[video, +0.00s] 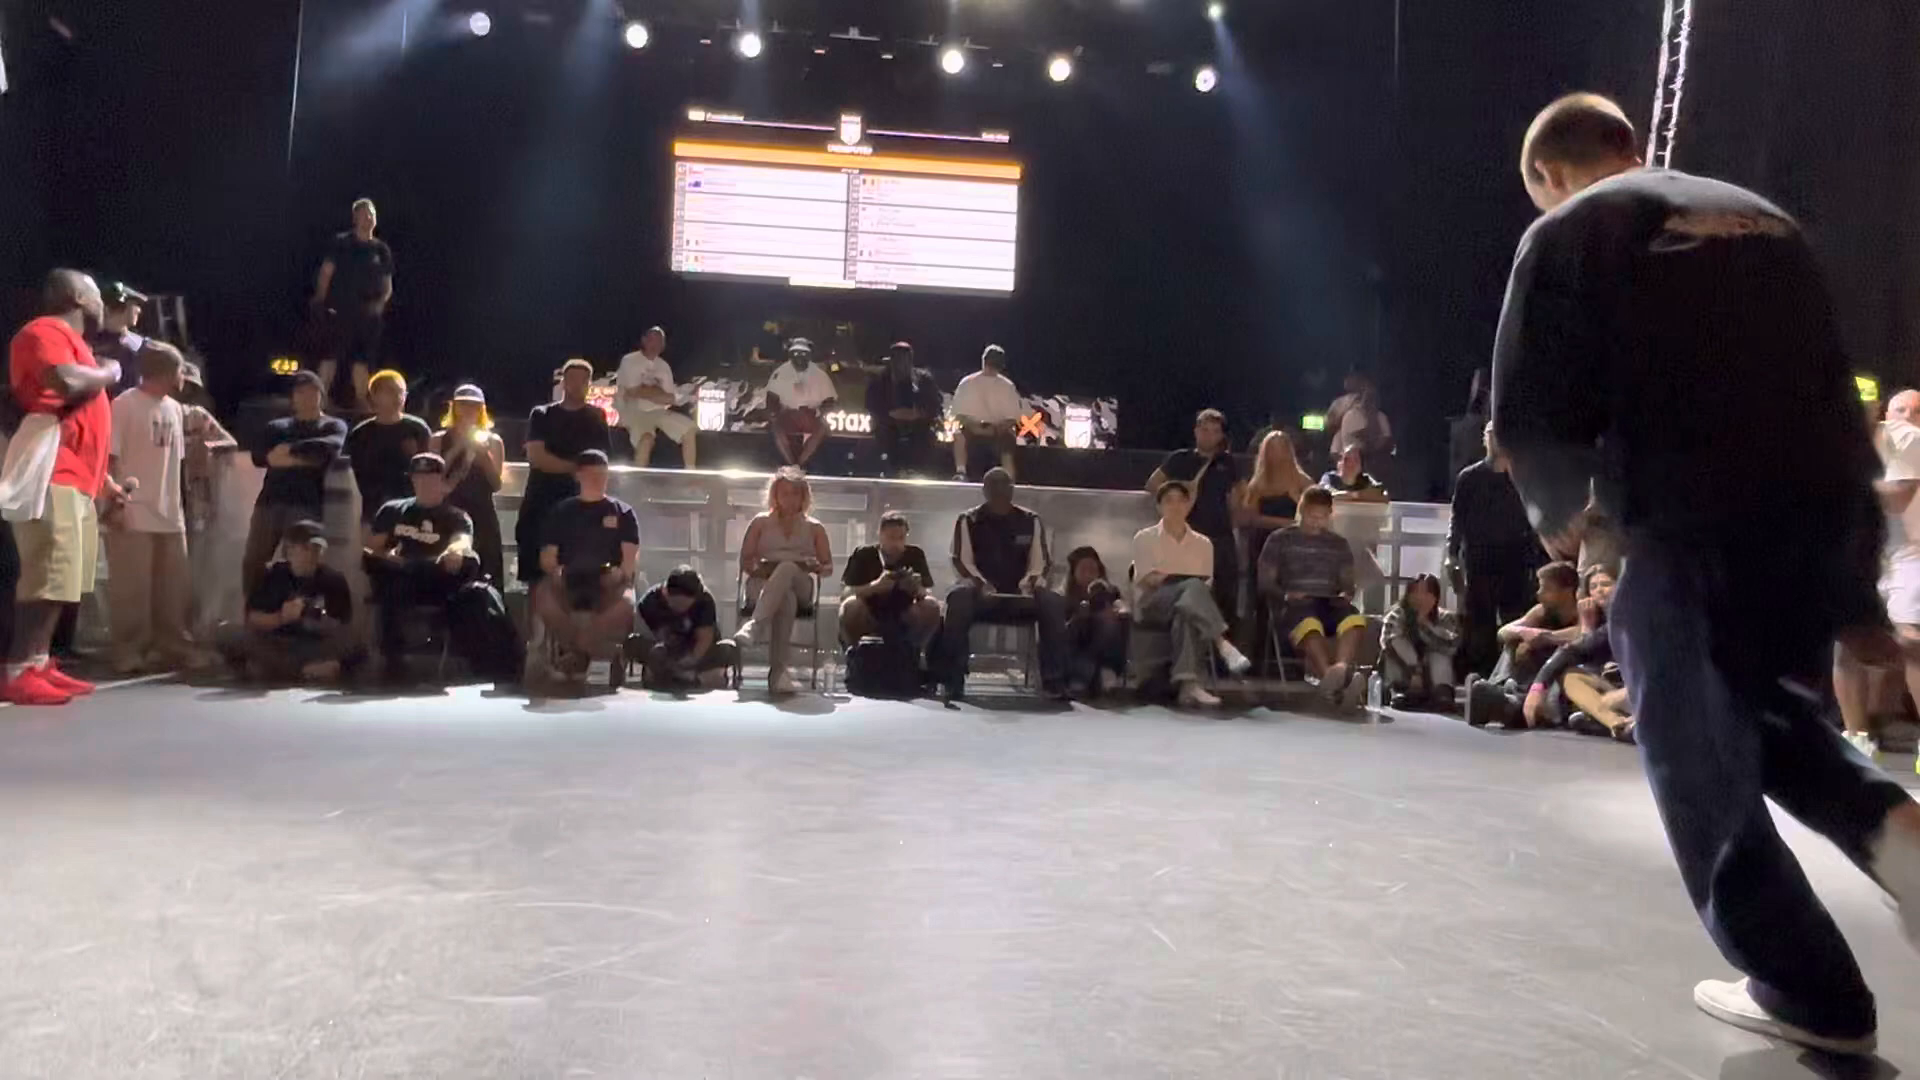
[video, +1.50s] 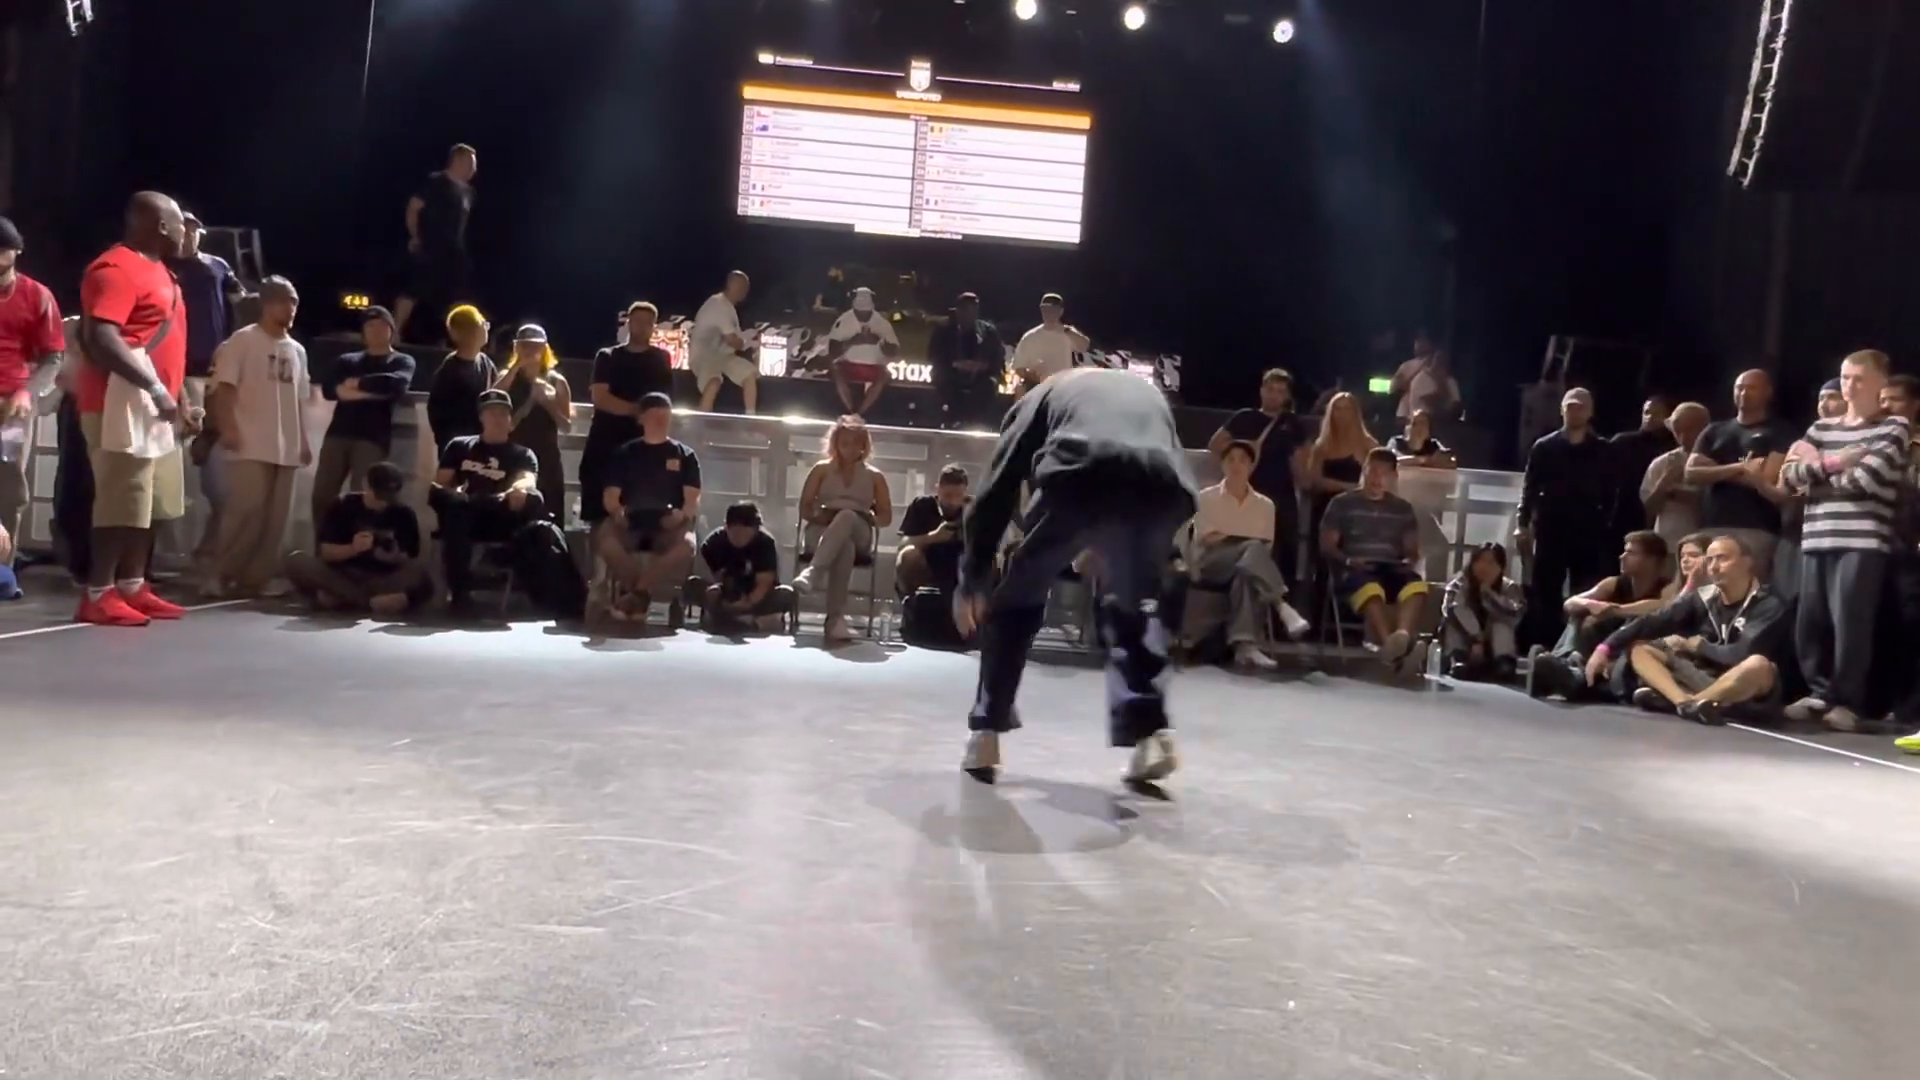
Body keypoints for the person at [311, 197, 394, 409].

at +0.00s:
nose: (367, 220)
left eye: (370, 216)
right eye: (362, 216)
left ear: (375, 220)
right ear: (354, 219)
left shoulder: (381, 249)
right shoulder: (340, 243)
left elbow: (387, 285)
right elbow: (326, 272)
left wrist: (379, 305)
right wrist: (320, 300)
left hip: (367, 311)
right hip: (338, 308)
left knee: (363, 360)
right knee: (330, 357)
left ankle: (363, 404)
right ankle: (320, 401)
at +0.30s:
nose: (367, 192)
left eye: (370, 188)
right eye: (363, 188)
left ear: (376, 191)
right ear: (354, 192)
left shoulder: (384, 220)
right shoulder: (342, 218)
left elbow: (388, 249)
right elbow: (329, 247)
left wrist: (382, 274)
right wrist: (330, 274)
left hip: (375, 284)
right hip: (346, 283)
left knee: (378, 335)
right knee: (341, 335)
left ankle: (381, 381)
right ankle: (337, 378)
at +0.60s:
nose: (377, 175)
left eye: (380, 170)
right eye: (372, 171)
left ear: (385, 174)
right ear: (364, 174)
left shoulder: (393, 202)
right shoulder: (349, 201)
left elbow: (394, 233)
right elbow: (339, 231)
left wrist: (386, 253)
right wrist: (341, 259)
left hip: (384, 265)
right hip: (356, 265)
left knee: (395, 317)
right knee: (356, 319)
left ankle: (403, 366)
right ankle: (354, 365)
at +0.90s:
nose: (392, 163)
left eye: (395, 159)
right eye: (387, 159)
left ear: (400, 162)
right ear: (378, 162)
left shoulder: (409, 189)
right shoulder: (365, 188)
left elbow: (410, 221)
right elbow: (355, 220)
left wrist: (406, 246)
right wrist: (359, 247)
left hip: (404, 254)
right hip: (375, 254)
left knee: (413, 304)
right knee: (373, 305)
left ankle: (416, 349)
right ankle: (370, 348)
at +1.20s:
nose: (422, 157)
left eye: (424, 152)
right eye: (417, 152)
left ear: (427, 155)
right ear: (406, 155)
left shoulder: (431, 183)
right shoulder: (387, 182)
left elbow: (434, 211)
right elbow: (377, 215)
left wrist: (424, 231)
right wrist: (385, 239)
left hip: (426, 244)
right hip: (397, 244)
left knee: (436, 296)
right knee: (389, 296)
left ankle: (441, 344)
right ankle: (384, 340)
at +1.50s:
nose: (474, 167)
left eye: (475, 162)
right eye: (471, 161)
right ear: (458, 161)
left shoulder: (467, 191)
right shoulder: (436, 181)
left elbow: (461, 221)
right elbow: (413, 207)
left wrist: (458, 242)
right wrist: (414, 237)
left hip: (455, 249)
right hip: (429, 246)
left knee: (457, 294)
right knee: (412, 292)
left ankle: (458, 340)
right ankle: (395, 332)